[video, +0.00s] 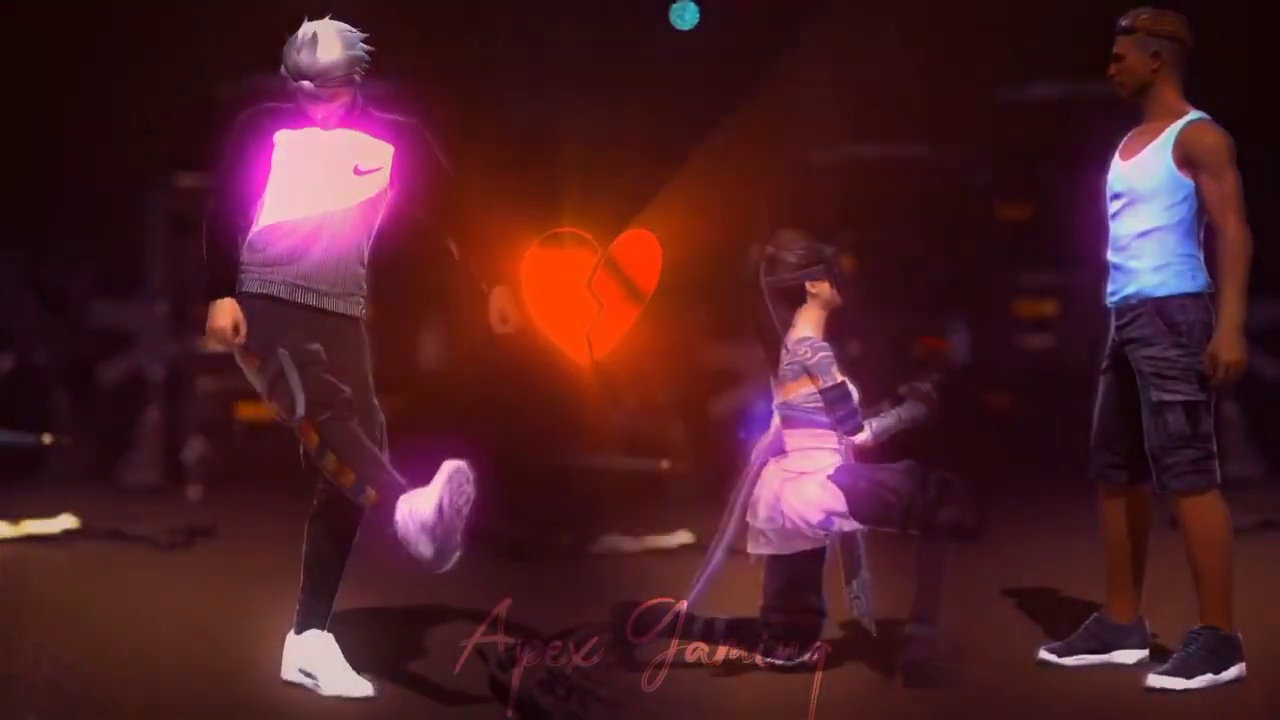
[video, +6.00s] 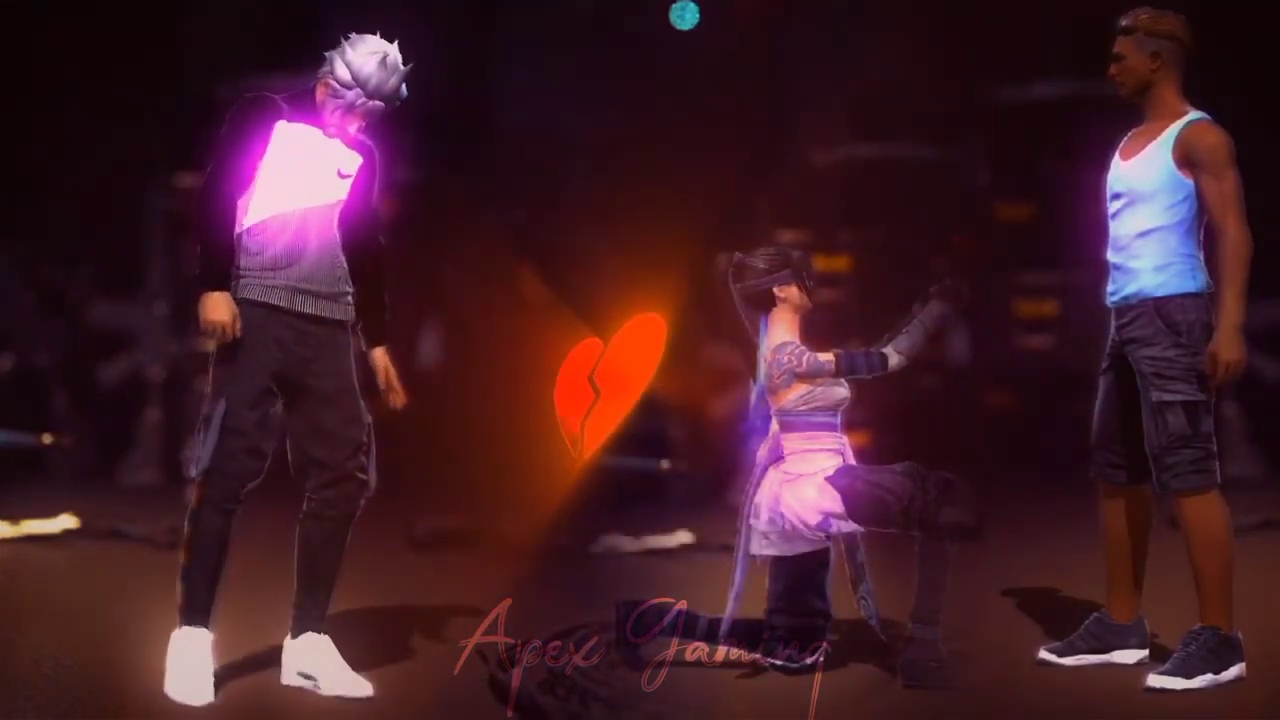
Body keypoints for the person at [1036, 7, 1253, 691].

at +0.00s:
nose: (1111, 67)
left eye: (1121, 57)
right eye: (1112, 58)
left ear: (1158, 61)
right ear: (1142, 64)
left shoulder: (1200, 135)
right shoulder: (1131, 142)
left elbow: (1234, 233)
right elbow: (1133, 241)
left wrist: (1229, 328)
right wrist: (1118, 320)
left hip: (1173, 319)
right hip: (1125, 322)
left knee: (1189, 477)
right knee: (1117, 471)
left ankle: (1216, 637)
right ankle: (1121, 623)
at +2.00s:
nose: (1112, 66)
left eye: (1122, 57)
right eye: (1113, 57)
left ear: (1160, 61)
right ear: (1142, 64)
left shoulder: (1199, 134)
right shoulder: (1131, 141)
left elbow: (1233, 233)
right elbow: (1134, 241)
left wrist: (1229, 328)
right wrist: (1118, 319)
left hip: (1172, 319)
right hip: (1125, 322)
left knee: (1190, 476)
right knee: (1117, 470)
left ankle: (1217, 636)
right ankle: (1121, 623)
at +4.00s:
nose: (1112, 68)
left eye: (1122, 58)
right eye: (1112, 59)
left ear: (1159, 62)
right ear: (1141, 65)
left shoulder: (1200, 135)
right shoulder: (1132, 140)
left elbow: (1234, 232)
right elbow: (1136, 240)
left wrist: (1229, 327)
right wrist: (1118, 319)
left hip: (1172, 320)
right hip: (1125, 323)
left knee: (1190, 477)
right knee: (1117, 471)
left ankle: (1216, 637)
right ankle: (1121, 623)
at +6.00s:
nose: (1112, 68)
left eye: (1122, 58)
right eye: (1112, 58)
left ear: (1159, 62)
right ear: (1141, 65)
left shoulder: (1199, 135)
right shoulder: (1133, 140)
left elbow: (1234, 234)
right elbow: (1136, 240)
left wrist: (1229, 328)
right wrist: (1118, 319)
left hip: (1172, 320)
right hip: (1125, 322)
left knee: (1189, 476)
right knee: (1116, 470)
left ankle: (1216, 636)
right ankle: (1121, 623)